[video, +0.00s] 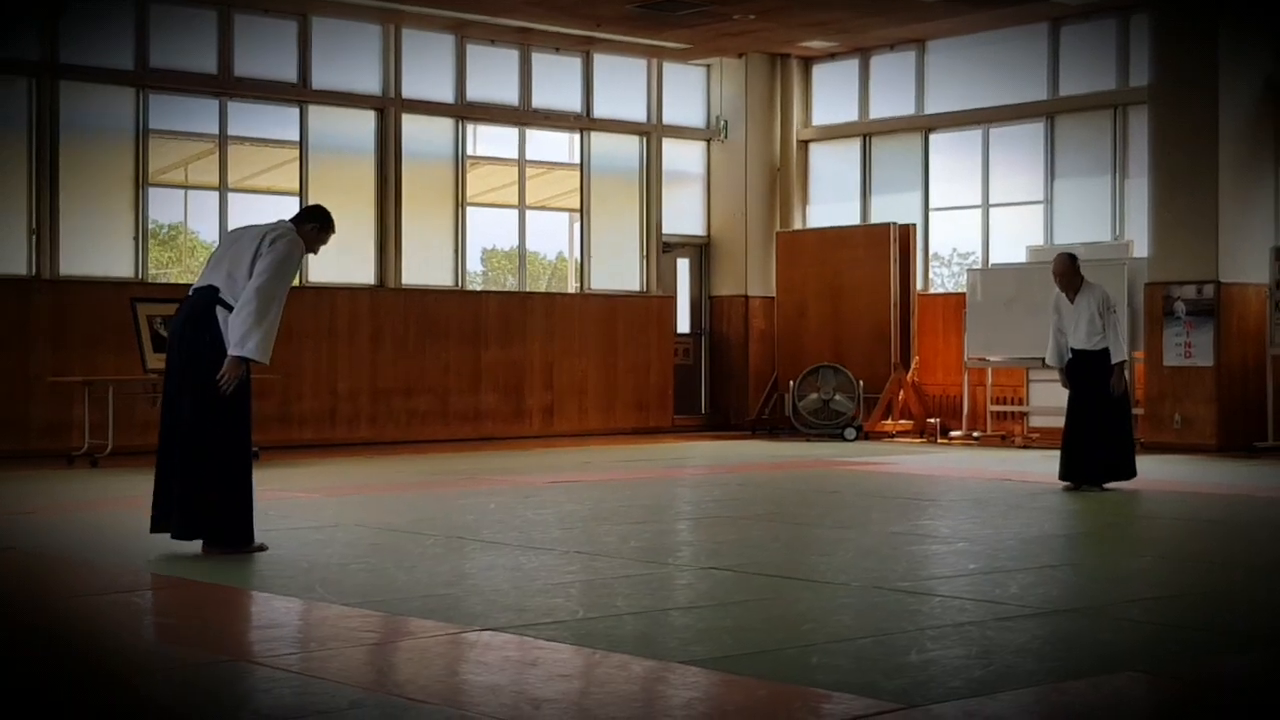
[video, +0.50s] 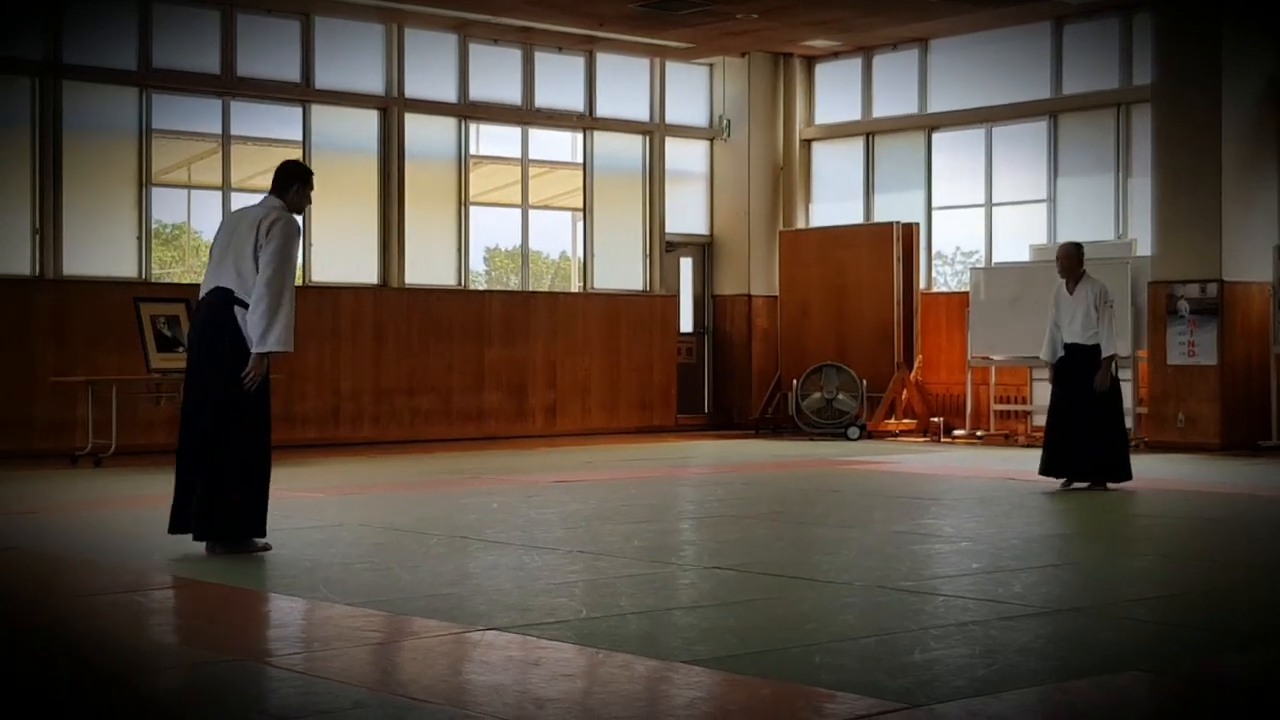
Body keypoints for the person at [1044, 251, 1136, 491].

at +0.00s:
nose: (1058, 281)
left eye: (1062, 275)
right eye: (1055, 276)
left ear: (1076, 271)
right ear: (1053, 276)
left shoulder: (1099, 295)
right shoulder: (1059, 299)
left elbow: (1114, 333)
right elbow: (1058, 335)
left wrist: (1119, 370)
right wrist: (1060, 367)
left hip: (1101, 361)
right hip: (1077, 361)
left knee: (1099, 419)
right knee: (1077, 418)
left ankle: (1096, 477)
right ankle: (1077, 476)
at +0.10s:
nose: (1057, 278)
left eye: (1061, 273)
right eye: (1055, 273)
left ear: (1076, 270)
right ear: (1055, 273)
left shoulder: (1099, 294)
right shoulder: (1059, 297)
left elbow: (1114, 332)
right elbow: (1058, 333)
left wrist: (1118, 369)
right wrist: (1060, 367)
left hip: (1100, 359)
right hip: (1077, 360)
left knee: (1099, 419)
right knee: (1077, 418)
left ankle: (1097, 476)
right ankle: (1078, 475)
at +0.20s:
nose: (1059, 275)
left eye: (1063, 270)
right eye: (1057, 270)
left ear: (1079, 267)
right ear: (1057, 271)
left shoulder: (1101, 292)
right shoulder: (1061, 295)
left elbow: (1114, 331)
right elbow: (1058, 331)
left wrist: (1118, 367)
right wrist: (1059, 366)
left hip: (1100, 358)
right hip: (1076, 359)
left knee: (1100, 418)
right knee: (1078, 417)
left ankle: (1098, 475)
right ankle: (1080, 474)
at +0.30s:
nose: (1059, 271)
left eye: (1064, 266)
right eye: (1058, 266)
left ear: (1080, 265)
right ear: (1060, 266)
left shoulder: (1101, 291)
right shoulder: (1062, 294)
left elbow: (1114, 331)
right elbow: (1058, 330)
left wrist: (1116, 368)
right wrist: (1058, 365)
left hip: (1099, 356)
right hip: (1075, 357)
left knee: (1099, 417)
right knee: (1077, 417)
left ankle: (1099, 475)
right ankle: (1080, 474)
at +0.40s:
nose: (1059, 267)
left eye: (1063, 262)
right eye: (1058, 262)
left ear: (1080, 263)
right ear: (1060, 264)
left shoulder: (1100, 291)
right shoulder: (1060, 293)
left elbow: (1111, 330)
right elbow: (1056, 329)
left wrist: (1111, 367)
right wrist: (1054, 362)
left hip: (1097, 357)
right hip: (1072, 357)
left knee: (1098, 418)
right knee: (1074, 417)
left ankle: (1100, 475)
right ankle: (1080, 473)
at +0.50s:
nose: (1058, 266)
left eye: (1062, 261)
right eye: (1056, 261)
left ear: (1078, 261)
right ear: (1059, 263)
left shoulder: (1097, 289)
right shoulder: (1060, 291)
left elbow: (1107, 329)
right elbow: (1054, 328)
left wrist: (1106, 366)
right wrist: (1051, 362)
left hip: (1093, 356)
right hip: (1068, 357)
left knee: (1096, 418)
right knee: (1067, 417)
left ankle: (1099, 475)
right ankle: (1070, 472)